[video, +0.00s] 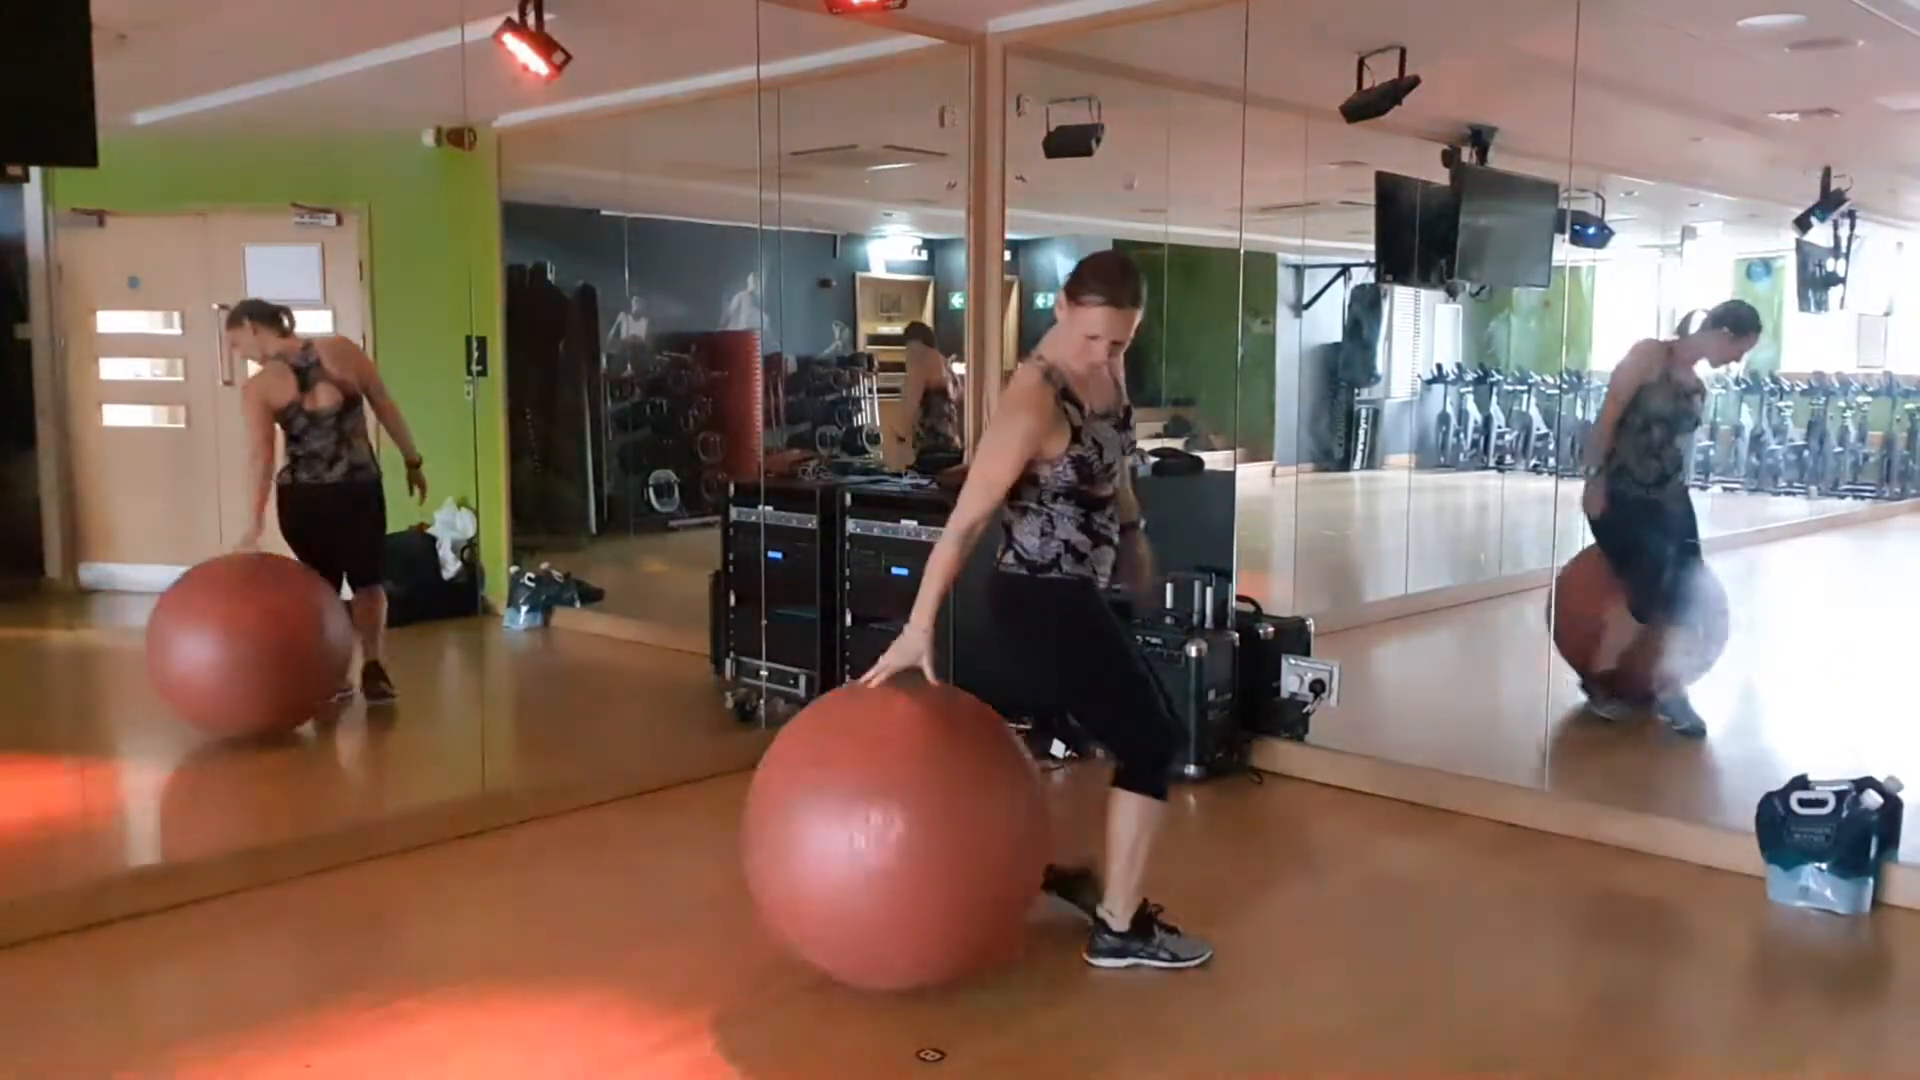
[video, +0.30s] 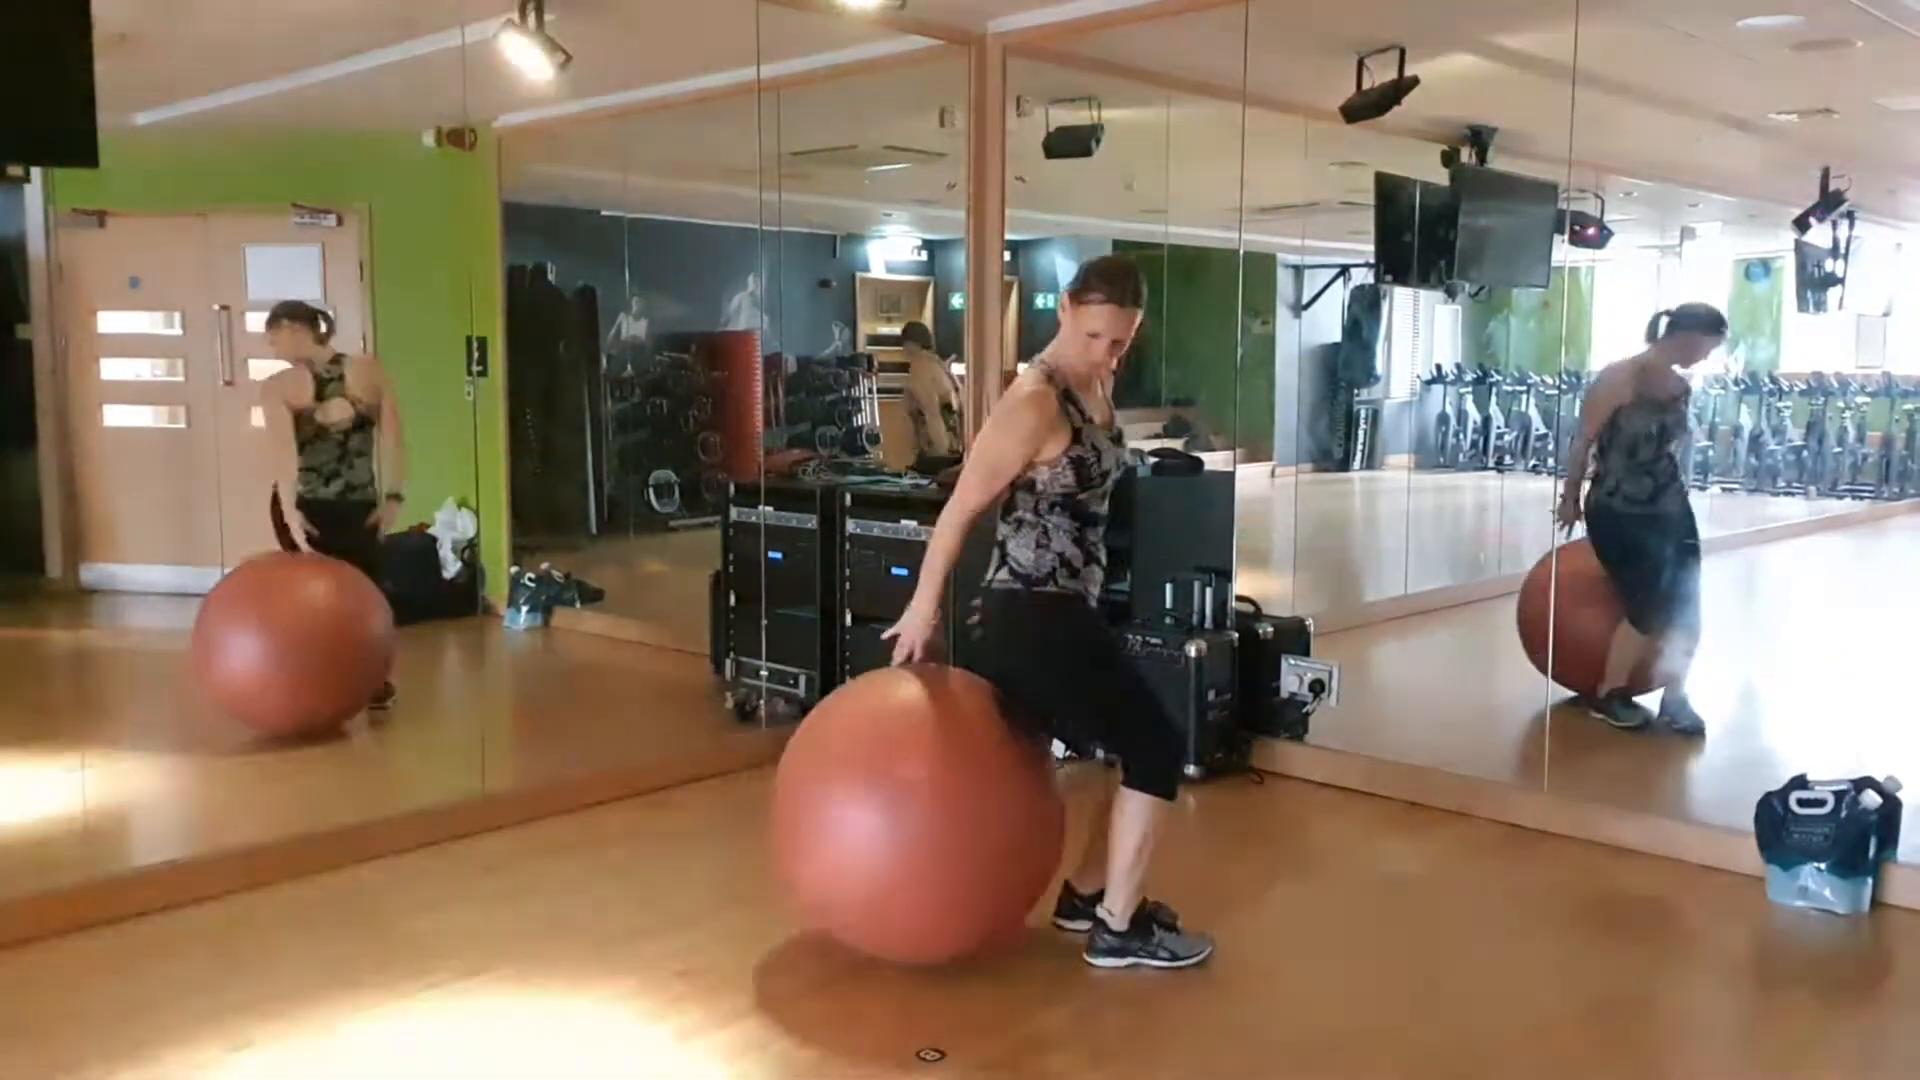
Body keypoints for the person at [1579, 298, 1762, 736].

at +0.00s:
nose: (1736, 361)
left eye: (1742, 353)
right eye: (1739, 350)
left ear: (1723, 336)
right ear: (1722, 332)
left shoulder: (1695, 384)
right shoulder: (1648, 354)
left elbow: (1670, 444)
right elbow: (1610, 413)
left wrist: (1676, 496)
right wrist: (1593, 477)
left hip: (1670, 495)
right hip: (1623, 490)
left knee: (1680, 590)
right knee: (1657, 589)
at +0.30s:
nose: (1707, 357)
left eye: (1712, 349)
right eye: (1707, 347)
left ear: (1692, 341)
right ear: (1684, 336)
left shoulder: (1679, 386)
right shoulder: (1621, 377)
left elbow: (1664, 447)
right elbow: (1582, 437)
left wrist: (1673, 496)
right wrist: (1570, 497)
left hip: (1668, 502)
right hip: (1618, 503)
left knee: (1686, 607)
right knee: (1652, 601)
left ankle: (1674, 699)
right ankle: (1611, 694)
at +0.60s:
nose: (1678, 381)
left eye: (1681, 373)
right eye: (1673, 372)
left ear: (1677, 370)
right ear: (1646, 362)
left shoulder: (1664, 403)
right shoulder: (1596, 405)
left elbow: (1643, 461)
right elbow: (1565, 470)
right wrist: (1562, 529)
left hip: (1651, 516)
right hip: (1601, 518)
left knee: (1681, 596)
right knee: (1652, 587)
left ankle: (1674, 696)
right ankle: (1612, 693)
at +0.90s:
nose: (1657, 412)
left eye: (1660, 405)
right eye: (1655, 403)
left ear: (1645, 402)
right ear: (1631, 395)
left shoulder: (1649, 435)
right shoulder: (1575, 436)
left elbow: (1627, 481)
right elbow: (1543, 484)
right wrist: (1546, 537)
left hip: (1632, 544)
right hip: (1580, 547)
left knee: (1665, 594)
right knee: (1629, 592)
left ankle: (1673, 693)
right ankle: (1611, 691)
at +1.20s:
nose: (1645, 399)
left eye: (1648, 391)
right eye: (1641, 390)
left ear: (1641, 390)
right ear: (1616, 385)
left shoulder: (1639, 431)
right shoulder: (1564, 431)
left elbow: (1631, 488)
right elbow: (1535, 487)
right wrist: (1537, 536)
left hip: (1623, 542)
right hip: (1573, 543)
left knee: (1661, 599)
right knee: (1621, 589)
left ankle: (1693, 693)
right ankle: (1609, 690)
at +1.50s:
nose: (1657, 396)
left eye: (1657, 388)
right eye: (1651, 388)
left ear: (1634, 392)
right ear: (1625, 387)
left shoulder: (1650, 435)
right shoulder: (1572, 436)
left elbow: (1640, 492)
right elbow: (1546, 494)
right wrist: (1548, 544)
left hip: (1632, 549)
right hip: (1579, 548)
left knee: (1664, 588)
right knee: (1623, 587)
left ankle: (1697, 697)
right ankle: (1627, 691)